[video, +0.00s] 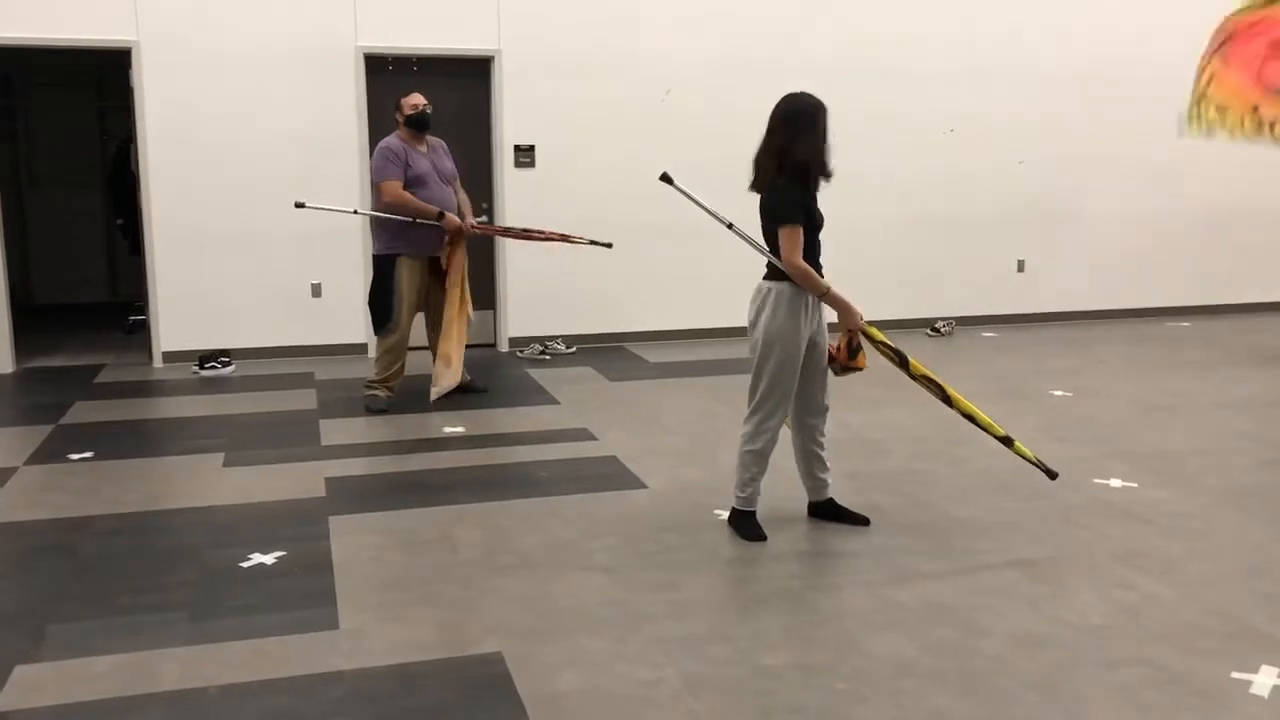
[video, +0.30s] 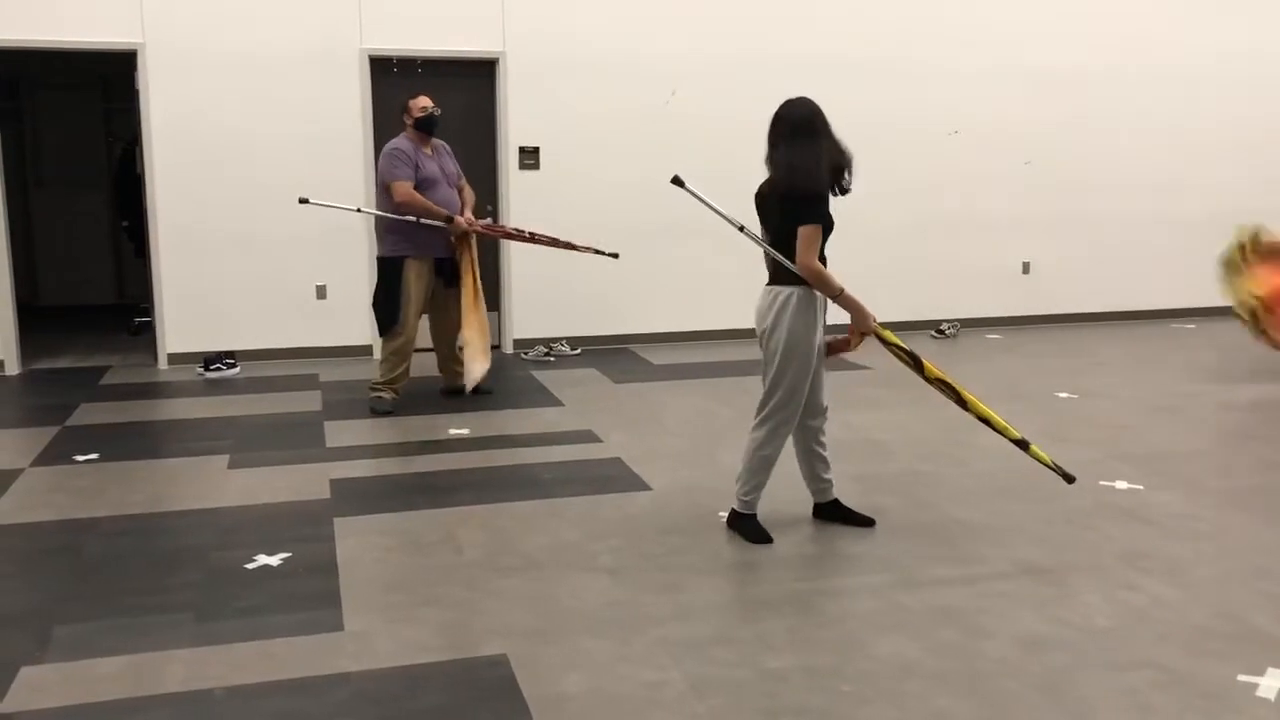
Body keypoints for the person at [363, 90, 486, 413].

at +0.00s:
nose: (422, 111)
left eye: (426, 107)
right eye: (414, 108)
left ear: (431, 113)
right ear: (400, 116)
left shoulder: (439, 147)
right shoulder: (389, 148)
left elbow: (457, 190)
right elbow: (390, 197)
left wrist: (468, 216)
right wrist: (440, 215)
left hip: (442, 249)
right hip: (402, 252)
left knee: (447, 317)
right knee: (396, 325)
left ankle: (452, 378)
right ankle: (379, 389)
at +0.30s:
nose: (431, 115)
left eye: (433, 110)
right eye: (423, 111)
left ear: (438, 116)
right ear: (408, 118)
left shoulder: (442, 149)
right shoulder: (396, 151)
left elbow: (465, 189)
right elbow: (403, 196)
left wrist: (467, 213)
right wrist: (450, 218)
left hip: (445, 250)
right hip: (407, 253)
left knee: (450, 320)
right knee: (402, 326)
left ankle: (455, 381)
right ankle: (385, 391)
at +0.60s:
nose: (436, 116)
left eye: (438, 111)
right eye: (428, 112)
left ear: (443, 117)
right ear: (413, 120)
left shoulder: (445, 151)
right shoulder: (404, 152)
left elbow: (469, 190)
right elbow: (412, 199)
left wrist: (467, 213)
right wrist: (459, 222)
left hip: (449, 252)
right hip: (411, 255)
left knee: (452, 320)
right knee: (407, 327)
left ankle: (460, 379)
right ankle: (390, 390)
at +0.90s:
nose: (441, 118)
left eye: (444, 114)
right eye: (433, 115)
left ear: (449, 122)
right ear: (419, 126)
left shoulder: (453, 155)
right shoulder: (412, 157)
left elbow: (471, 194)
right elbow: (422, 208)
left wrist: (479, 193)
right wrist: (468, 232)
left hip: (456, 255)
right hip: (419, 258)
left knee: (460, 324)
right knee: (415, 331)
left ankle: (468, 383)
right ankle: (398, 394)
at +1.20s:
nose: (448, 125)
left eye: (450, 121)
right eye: (440, 121)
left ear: (455, 128)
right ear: (425, 130)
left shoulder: (459, 161)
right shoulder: (416, 162)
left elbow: (485, 200)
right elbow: (424, 212)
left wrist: (479, 175)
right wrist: (468, 240)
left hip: (461, 259)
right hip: (425, 262)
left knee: (464, 328)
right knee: (420, 334)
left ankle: (470, 388)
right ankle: (402, 398)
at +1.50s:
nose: (452, 133)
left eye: (455, 129)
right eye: (445, 129)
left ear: (460, 133)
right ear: (430, 134)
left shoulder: (461, 165)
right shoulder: (418, 166)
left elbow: (485, 207)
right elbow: (423, 214)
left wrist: (482, 183)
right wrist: (465, 242)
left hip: (463, 265)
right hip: (426, 268)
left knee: (469, 334)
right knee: (421, 340)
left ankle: (474, 395)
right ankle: (403, 403)